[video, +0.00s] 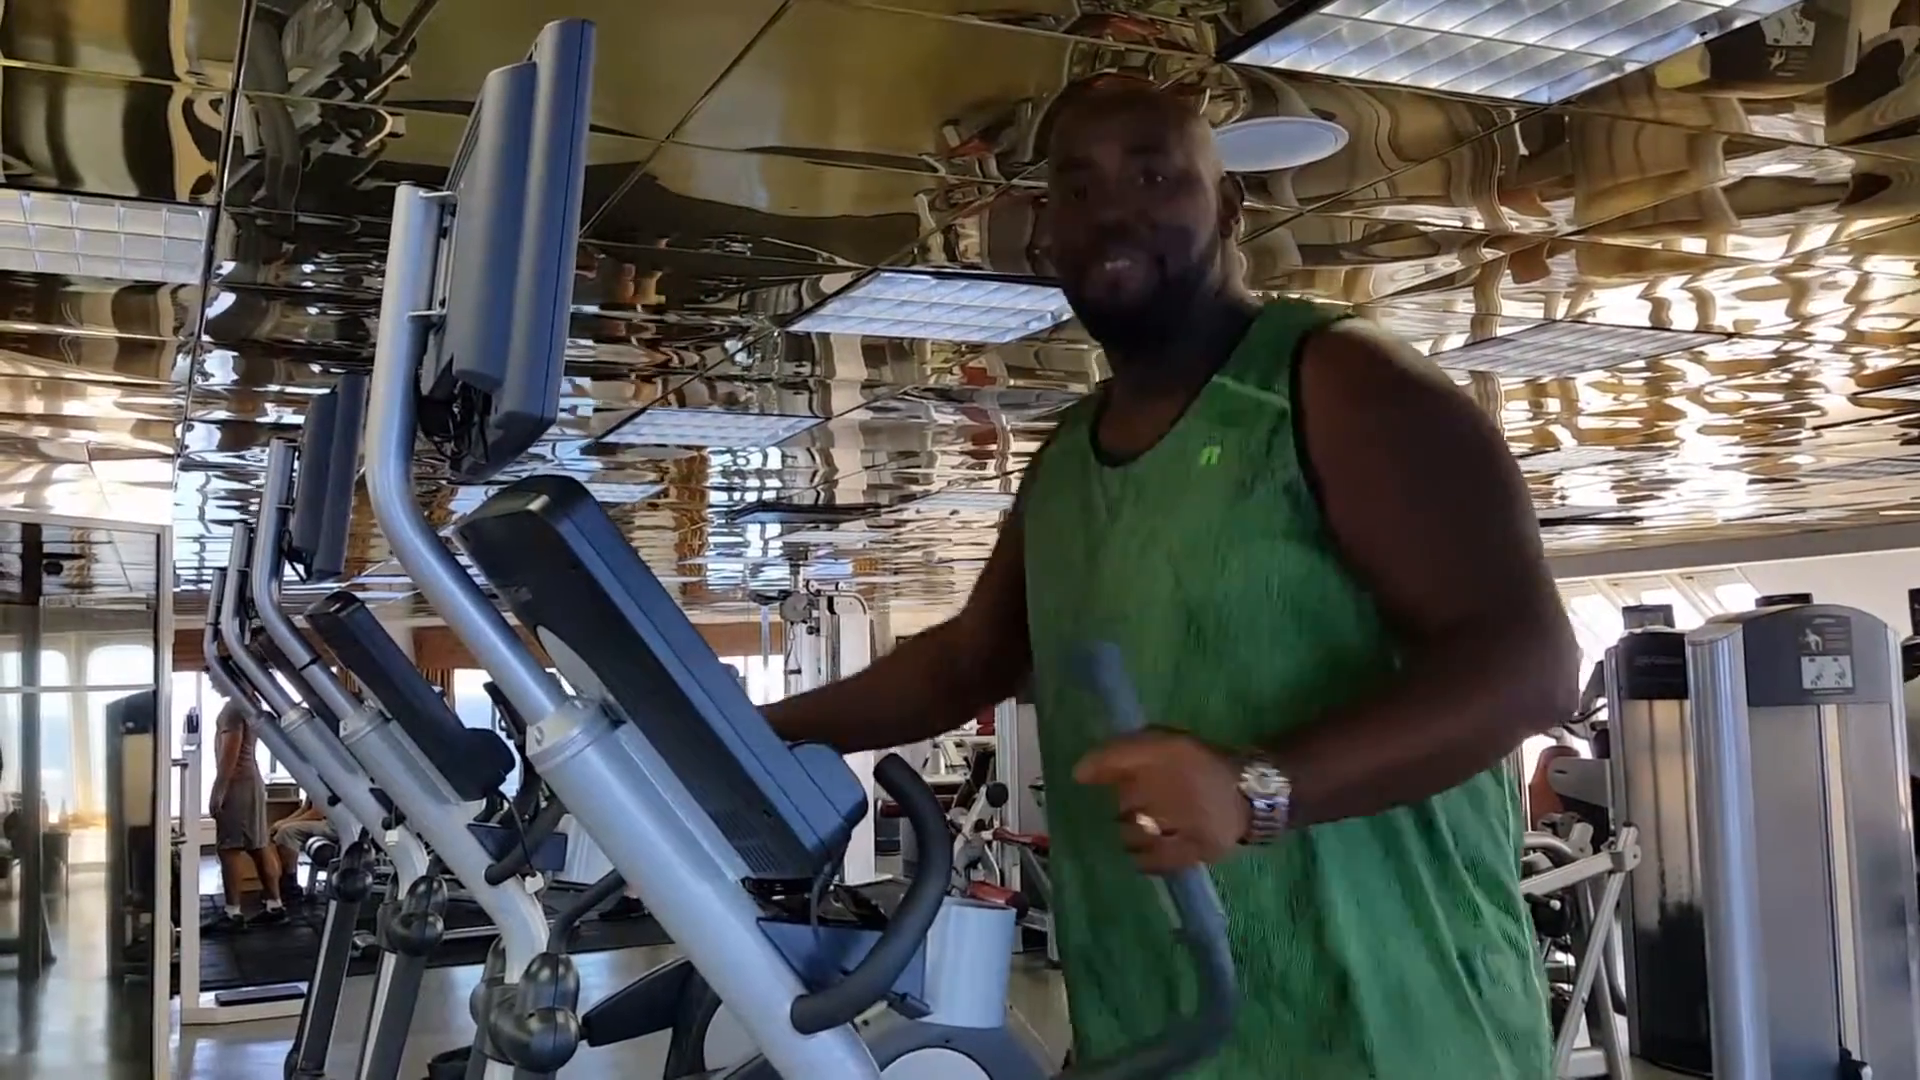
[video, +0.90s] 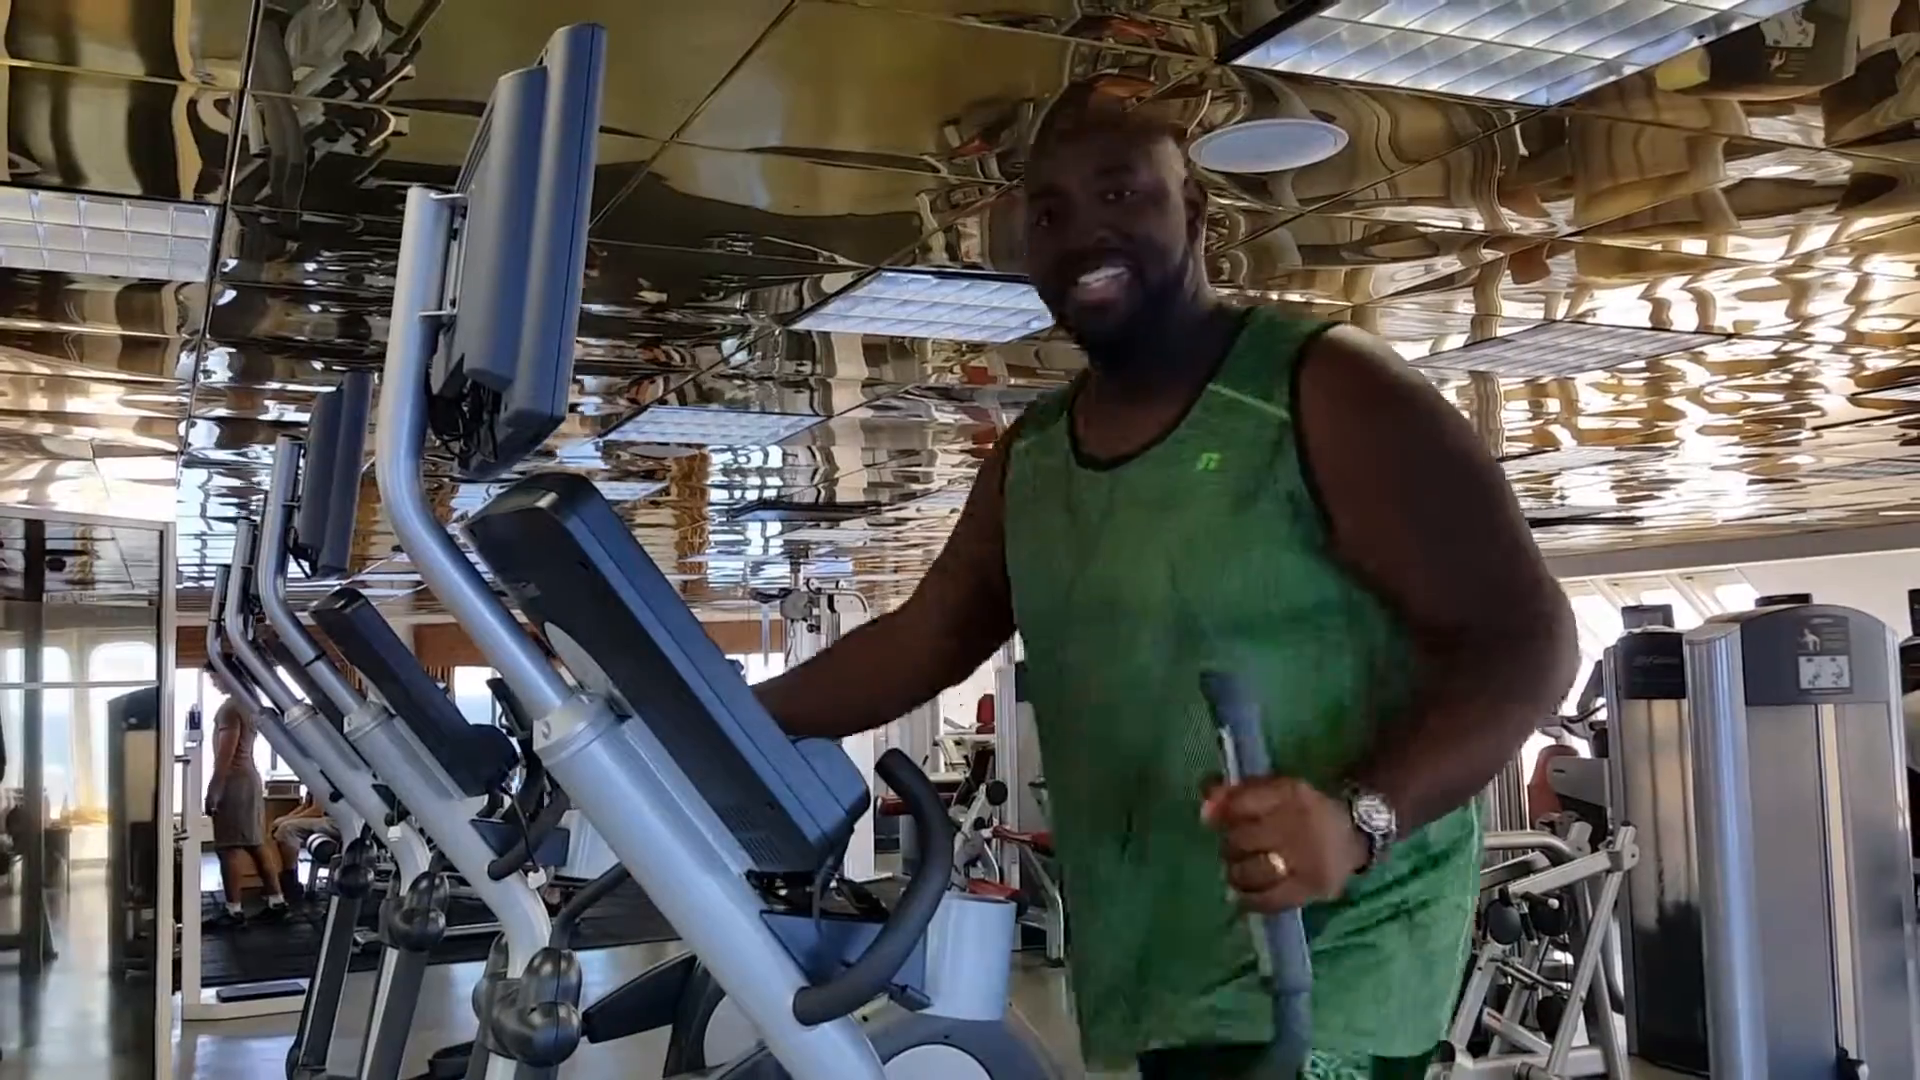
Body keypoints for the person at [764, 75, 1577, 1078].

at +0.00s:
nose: (1110, 206)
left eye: (1153, 174)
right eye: (1075, 184)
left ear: (1228, 211)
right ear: (1045, 232)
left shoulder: (1351, 386)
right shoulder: (1064, 463)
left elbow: (1528, 662)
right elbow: (969, 659)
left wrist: (1262, 791)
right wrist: (755, 733)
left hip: (1393, 1024)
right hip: (1142, 1028)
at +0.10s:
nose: (1122, 256)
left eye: (1167, 225)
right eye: (1090, 236)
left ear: (1239, 260)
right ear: (1062, 275)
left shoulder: (1359, 442)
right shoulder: (1106, 492)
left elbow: (1469, 738)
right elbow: (1047, 691)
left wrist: (1160, 777)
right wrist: (846, 741)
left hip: (1384, 1044)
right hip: (1144, 1041)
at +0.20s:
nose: (1119, 271)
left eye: (1164, 233)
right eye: (1086, 245)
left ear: (1240, 264)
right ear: (1058, 281)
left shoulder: (1348, 432)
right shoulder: (1129, 472)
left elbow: (1388, 731)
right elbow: (1165, 704)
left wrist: (1070, 768)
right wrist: (964, 741)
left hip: (1357, 1027)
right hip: (1156, 1021)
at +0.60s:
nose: (1075, 268)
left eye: (1116, 232)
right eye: (1044, 243)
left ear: (1189, 261)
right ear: (1017, 277)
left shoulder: (1300, 425)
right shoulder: (1060, 474)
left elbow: (1391, 703)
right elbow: (1066, 669)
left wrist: (1132, 766)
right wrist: (888, 738)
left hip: (1319, 1002)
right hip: (1127, 1001)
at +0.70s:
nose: (1073, 306)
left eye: (1110, 267)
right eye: (1042, 281)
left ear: (1191, 280)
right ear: (1021, 309)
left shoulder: (1314, 449)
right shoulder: (1055, 507)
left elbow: (1482, 722)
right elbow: (984, 708)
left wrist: (1252, 796)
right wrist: (784, 730)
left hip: (1320, 1002)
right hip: (1125, 998)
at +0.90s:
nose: (1082, 230)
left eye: (1119, 191)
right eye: (1047, 209)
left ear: (1195, 215)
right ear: (1022, 252)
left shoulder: (1330, 388)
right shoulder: (1029, 461)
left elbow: (1526, 639)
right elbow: (924, 638)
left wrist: (1364, 819)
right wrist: (722, 726)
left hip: (1337, 970)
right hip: (1127, 977)